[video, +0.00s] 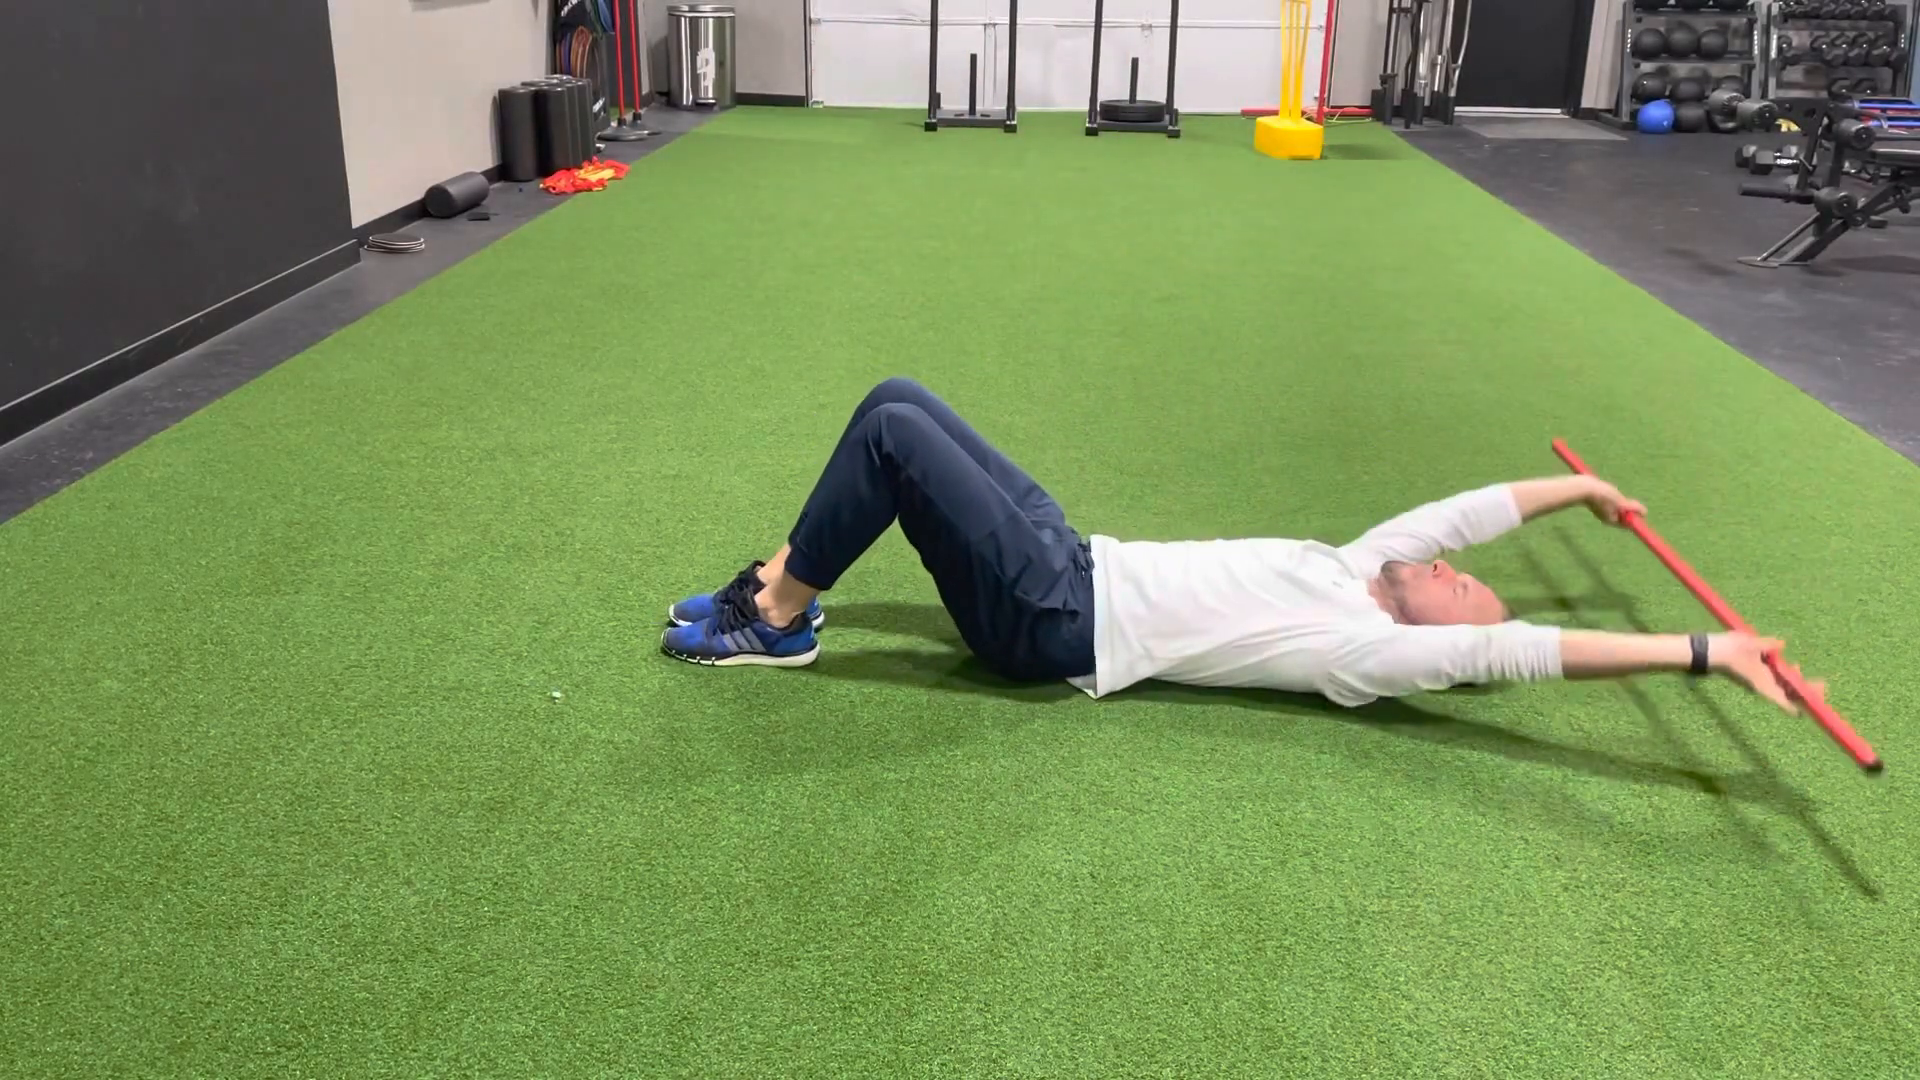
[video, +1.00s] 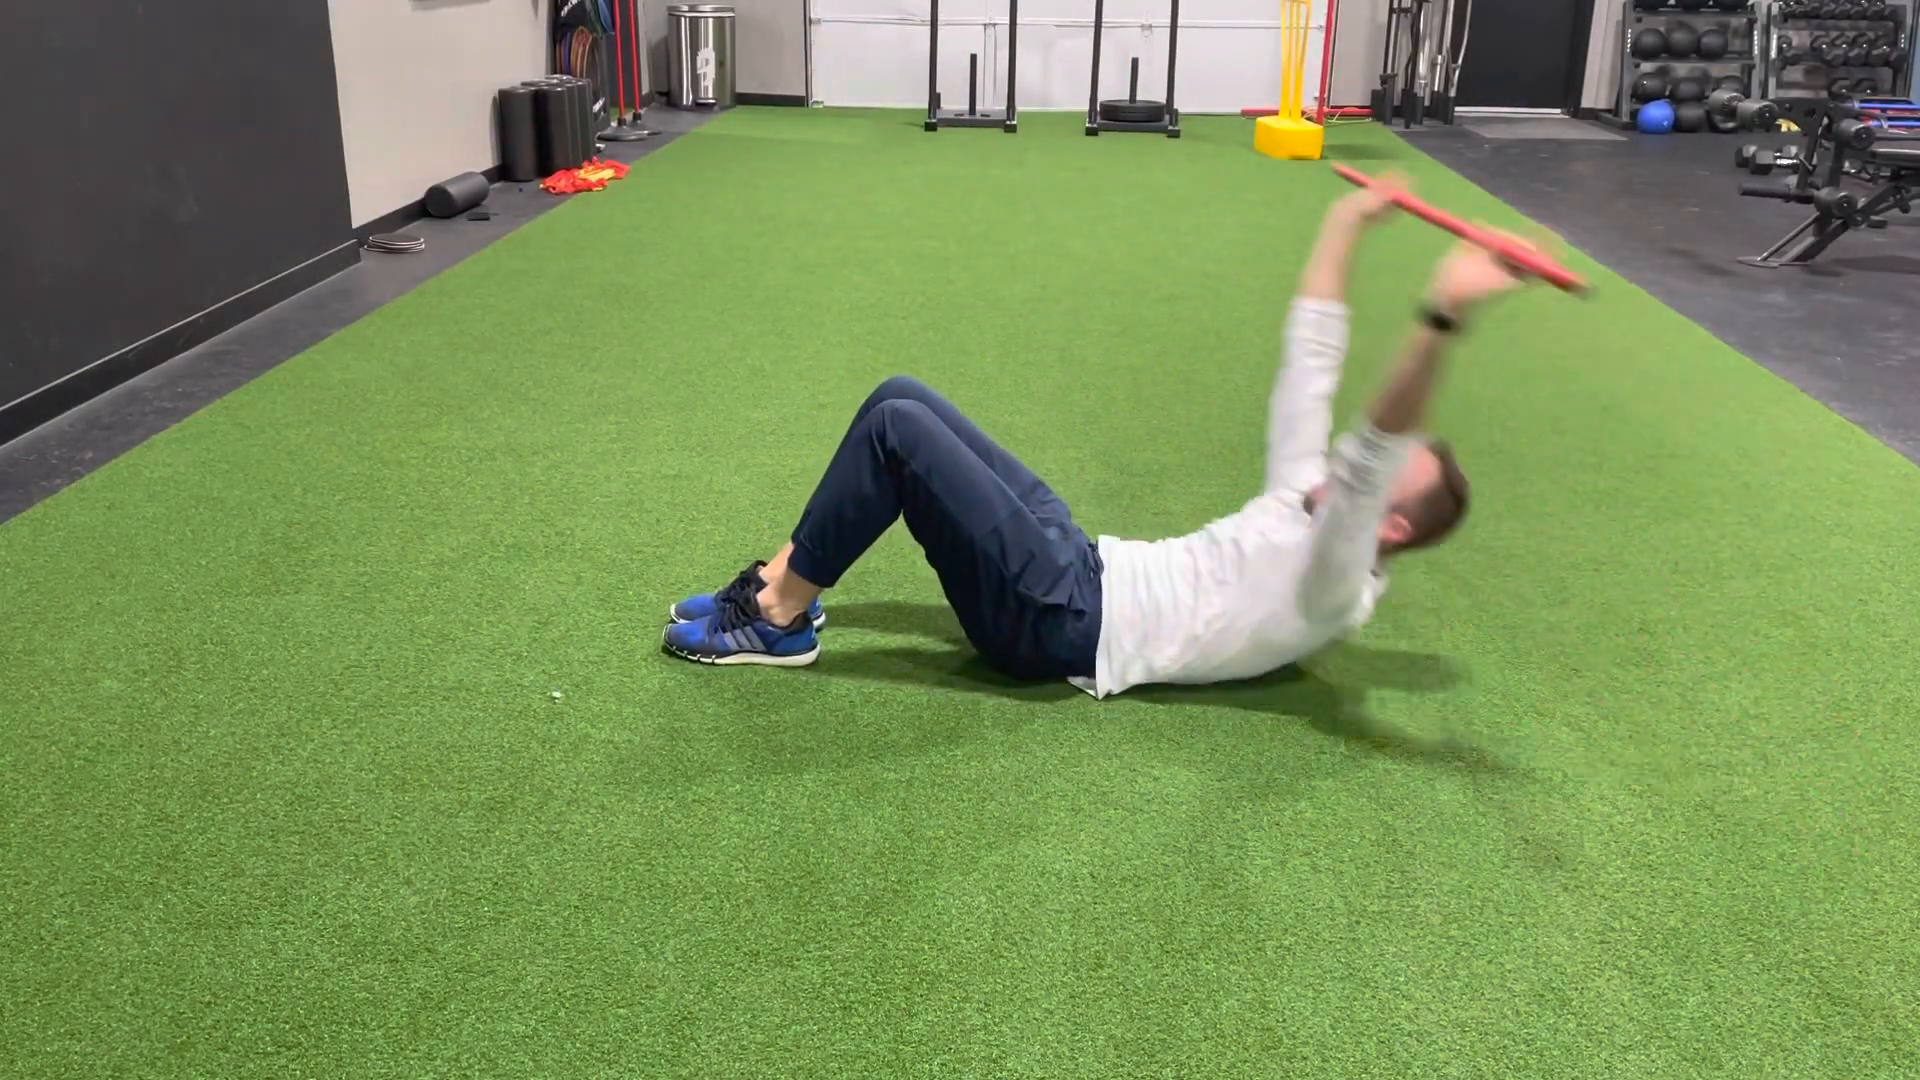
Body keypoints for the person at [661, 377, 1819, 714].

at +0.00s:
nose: (1445, 558)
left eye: (1464, 578)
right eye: (1459, 555)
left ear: (1457, 619)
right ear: (1433, 563)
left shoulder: (1380, 649)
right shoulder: (1351, 573)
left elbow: (1540, 651)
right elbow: (1451, 515)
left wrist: (1699, 650)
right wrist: (1571, 483)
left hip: (1067, 617)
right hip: (1075, 561)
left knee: (894, 419)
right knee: (895, 404)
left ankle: (780, 610)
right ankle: (784, 586)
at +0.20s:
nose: (1437, 573)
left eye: (1451, 592)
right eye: (1450, 573)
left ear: (1445, 640)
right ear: (1430, 575)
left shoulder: (1375, 660)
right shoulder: (1359, 580)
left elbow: (1532, 700)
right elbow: (1453, 546)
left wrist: (1703, 720)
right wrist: (1558, 528)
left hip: (1062, 616)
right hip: (1075, 557)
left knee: (891, 421)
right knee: (895, 403)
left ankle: (783, 609)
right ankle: (787, 582)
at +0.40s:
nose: (1439, 573)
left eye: (1452, 589)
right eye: (1451, 574)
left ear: (1443, 640)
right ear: (1431, 581)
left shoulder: (1378, 660)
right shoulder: (1358, 584)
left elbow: (1539, 710)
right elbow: (1445, 556)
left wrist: (1700, 733)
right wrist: (1562, 552)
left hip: (1060, 616)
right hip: (1072, 561)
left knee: (892, 419)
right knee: (895, 406)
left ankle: (783, 611)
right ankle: (787, 580)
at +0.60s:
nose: (1440, 574)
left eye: (1454, 591)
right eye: (1452, 573)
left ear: (1446, 641)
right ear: (1431, 575)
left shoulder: (1377, 662)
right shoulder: (1359, 584)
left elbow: (1537, 705)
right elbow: (1447, 551)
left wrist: (1703, 725)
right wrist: (1556, 537)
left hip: (1064, 615)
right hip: (1075, 556)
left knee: (891, 423)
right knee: (894, 406)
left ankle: (782, 611)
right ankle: (785, 581)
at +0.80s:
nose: (1436, 536)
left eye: (1454, 554)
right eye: (1446, 533)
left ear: (1453, 601)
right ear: (1421, 546)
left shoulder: (1377, 640)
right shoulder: (1347, 560)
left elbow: (1529, 596)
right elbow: (1427, 478)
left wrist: (1687, 557)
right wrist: (1535, 416)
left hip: (1067, 616)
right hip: (1081, 563)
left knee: (895, 419)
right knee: (897, 403)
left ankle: (780, 609)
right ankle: (784, 588)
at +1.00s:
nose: (1378, 447)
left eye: (1399, 464)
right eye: (1387, 448)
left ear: (1405, 528)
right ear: (1361, 468)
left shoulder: (1335, 584)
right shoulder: (1297, 506)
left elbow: (1376, 436)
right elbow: (1311, 371)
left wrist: (1440, 316)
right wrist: (1342, 222)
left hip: (1071, 614)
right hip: (1081, 565)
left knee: (899, 422)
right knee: (901, 403)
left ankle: (779, 611)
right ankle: (781, 584)